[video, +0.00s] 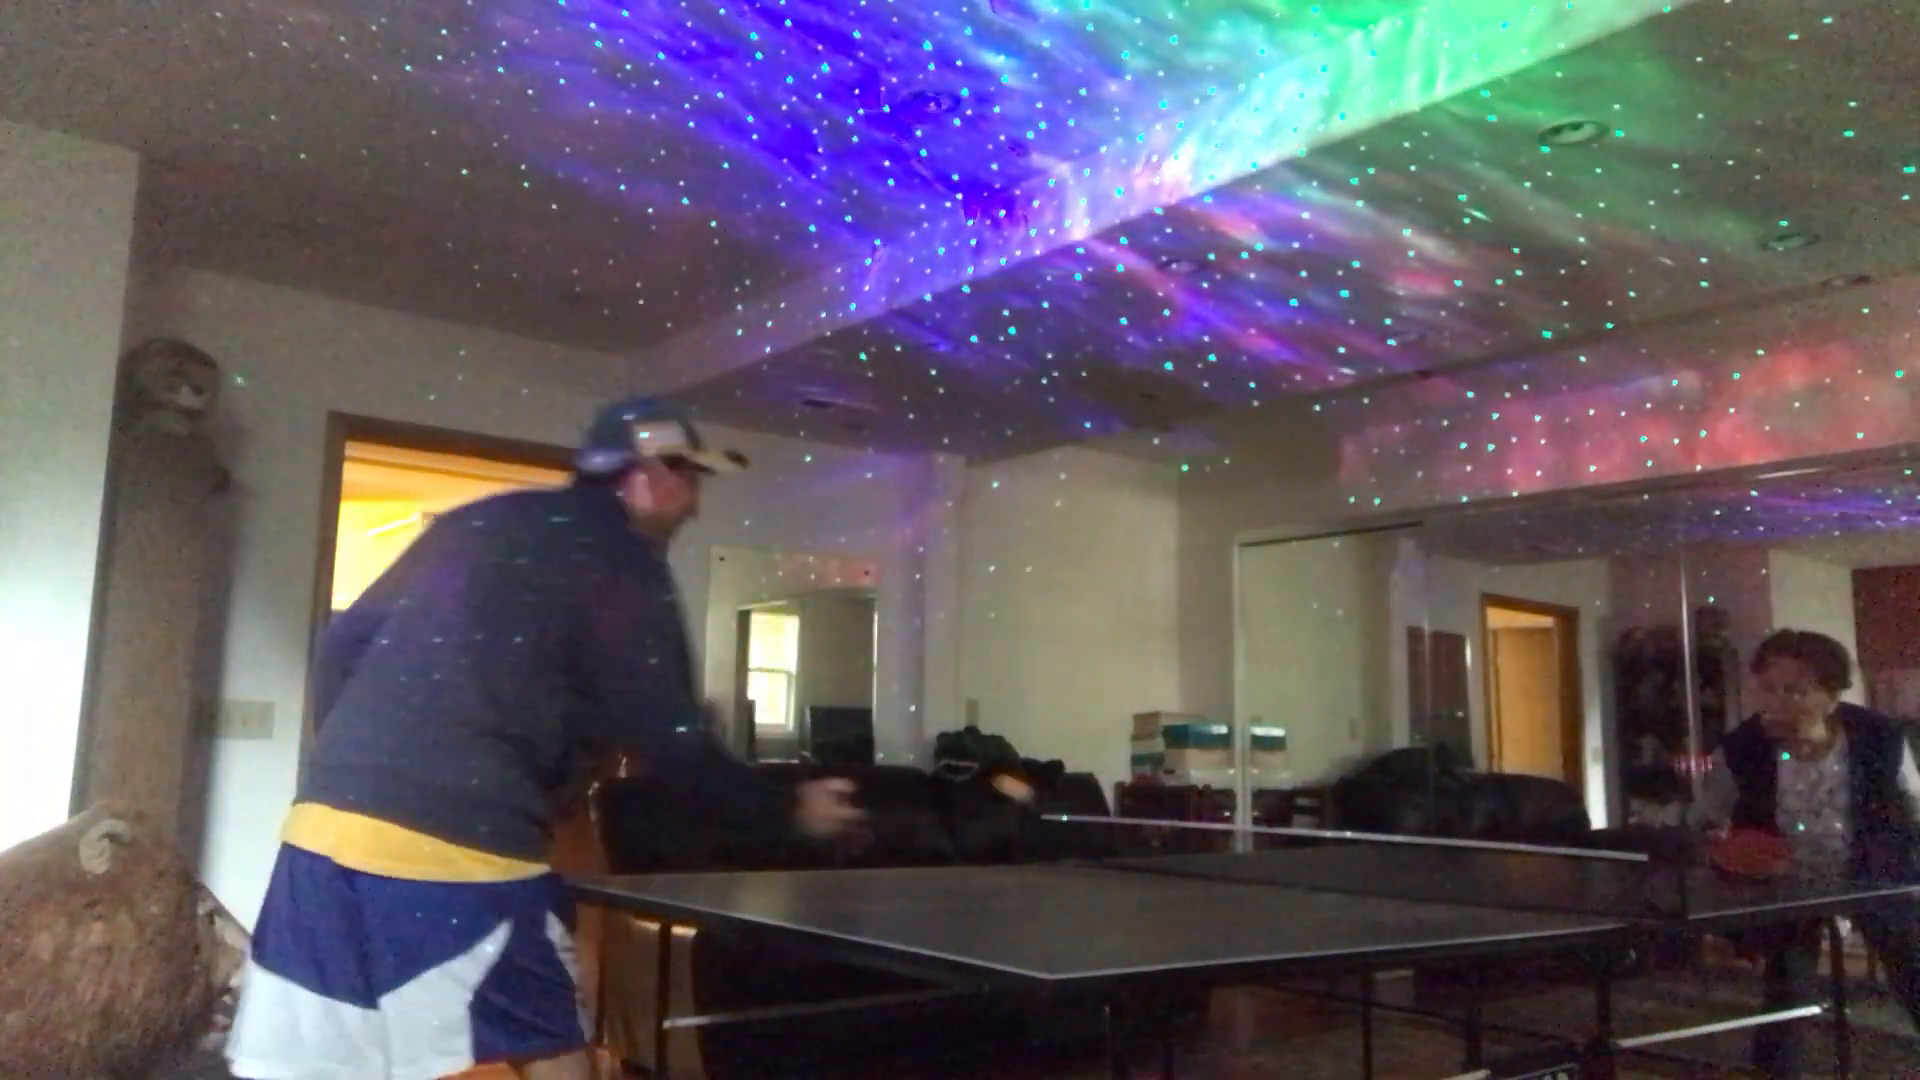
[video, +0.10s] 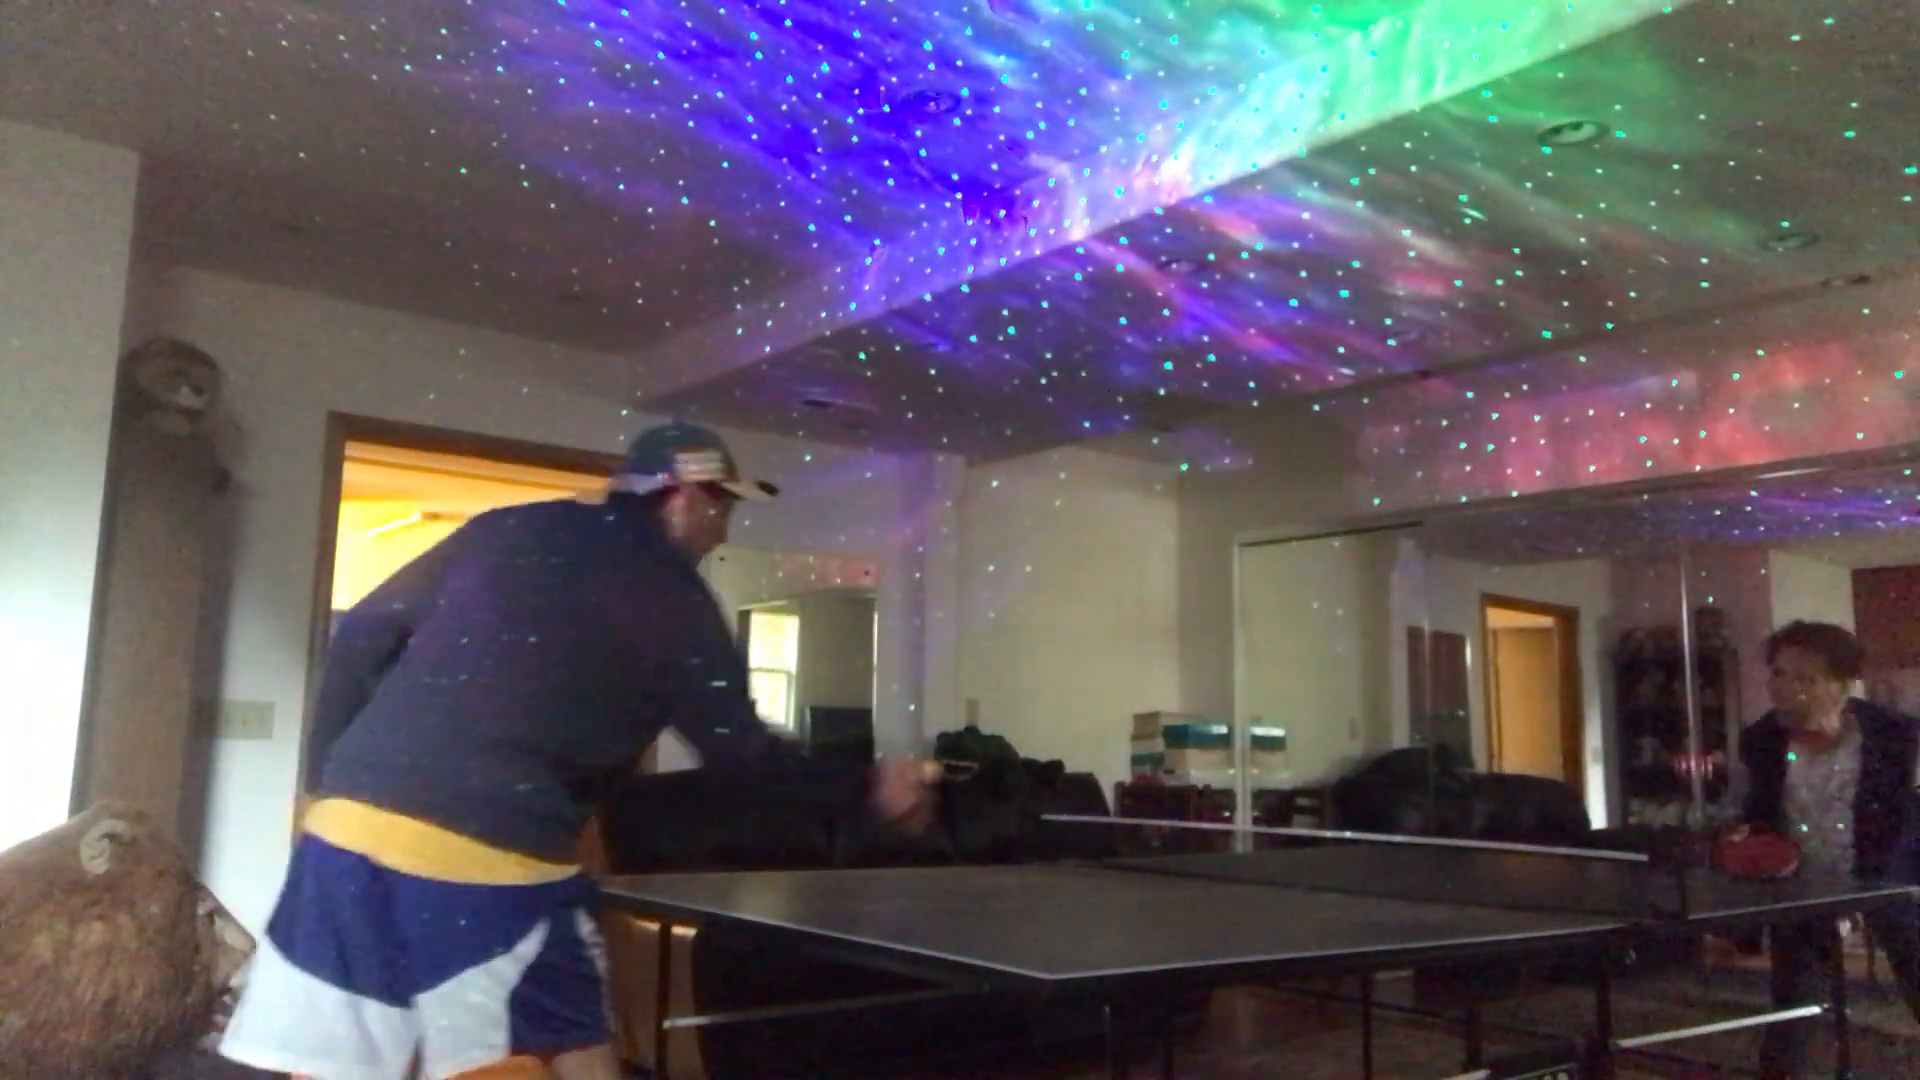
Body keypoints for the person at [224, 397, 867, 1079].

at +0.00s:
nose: (696, 501)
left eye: (698, 481)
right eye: (690, 478)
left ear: (597, 469)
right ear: (645, 474)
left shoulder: (471, 521)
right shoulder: (626, 564)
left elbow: (343, 636)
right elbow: (673, 748)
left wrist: (349, 775)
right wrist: (785, 808)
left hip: (320, 837)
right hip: (461, 854)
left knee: (298, 1067)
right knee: (536, 1064)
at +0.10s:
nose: (726, 529)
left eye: (730, 509)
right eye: (721, 507)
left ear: (632, 487)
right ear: (678, 496)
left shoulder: (505, 527)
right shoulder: (675, 597)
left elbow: (361, 628)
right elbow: (742, 759)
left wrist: (330, 785)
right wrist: (866, 783)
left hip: (351, 812)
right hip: (498, 840)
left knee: (322, 1062)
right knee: (577, 1052)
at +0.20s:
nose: (748, 524)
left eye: (750, 506)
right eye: (741, 504)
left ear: (655, 484)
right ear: (702, 495)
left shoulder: (526, 516)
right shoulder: (711, 590)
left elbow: (385, 596)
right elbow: (821, 721)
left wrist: (317, 739)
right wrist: (930, 716)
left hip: (383, 806)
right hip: (527, 835)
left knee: (326, 1053)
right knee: (596, 1056)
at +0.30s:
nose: (758, 511)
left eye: (761, 496)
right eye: (754, 495)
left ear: (661, 473)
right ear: (718, 487)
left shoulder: (539, 506)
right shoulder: (732, 578)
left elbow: (404, 571)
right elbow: (841, 670)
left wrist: (328, 710)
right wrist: (955, 618)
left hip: (405, 799)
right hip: (546, 830)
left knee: (374, 1057)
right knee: (606, 1060)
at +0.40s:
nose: (761, 497)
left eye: (762, 480)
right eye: (756, 477)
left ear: (676, 464)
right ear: (714, 474)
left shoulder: (541, 504)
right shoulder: (732, 567)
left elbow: (412, 590)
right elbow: (842, 653)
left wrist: (357, 733)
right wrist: (931, 562)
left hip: (411, 804)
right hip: (552, 832)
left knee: (388, 1053)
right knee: (607, 1053)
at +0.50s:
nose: (746, 478)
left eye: (746, 462)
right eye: (737, 460)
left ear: (658, 457)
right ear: (695, 463)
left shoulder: (529, 507)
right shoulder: (703, 552)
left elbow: (411, 621)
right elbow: (809, 661)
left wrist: (407, 764)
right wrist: (894, 574)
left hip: (408, 814)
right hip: (545, 834)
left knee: (397, 1059)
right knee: (604, 1061)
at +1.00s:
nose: (621, 423)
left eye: (621, 404)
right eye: (613, 402)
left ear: (529, 403)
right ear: (565, 404)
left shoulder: (423, 491)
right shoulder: (535, 487)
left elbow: (336, 642)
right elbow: (511, 652)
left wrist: (382, 757)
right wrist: (654, 714)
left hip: (345, 824)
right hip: (459, 829)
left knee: (348, 1062)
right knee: (530, 1061)